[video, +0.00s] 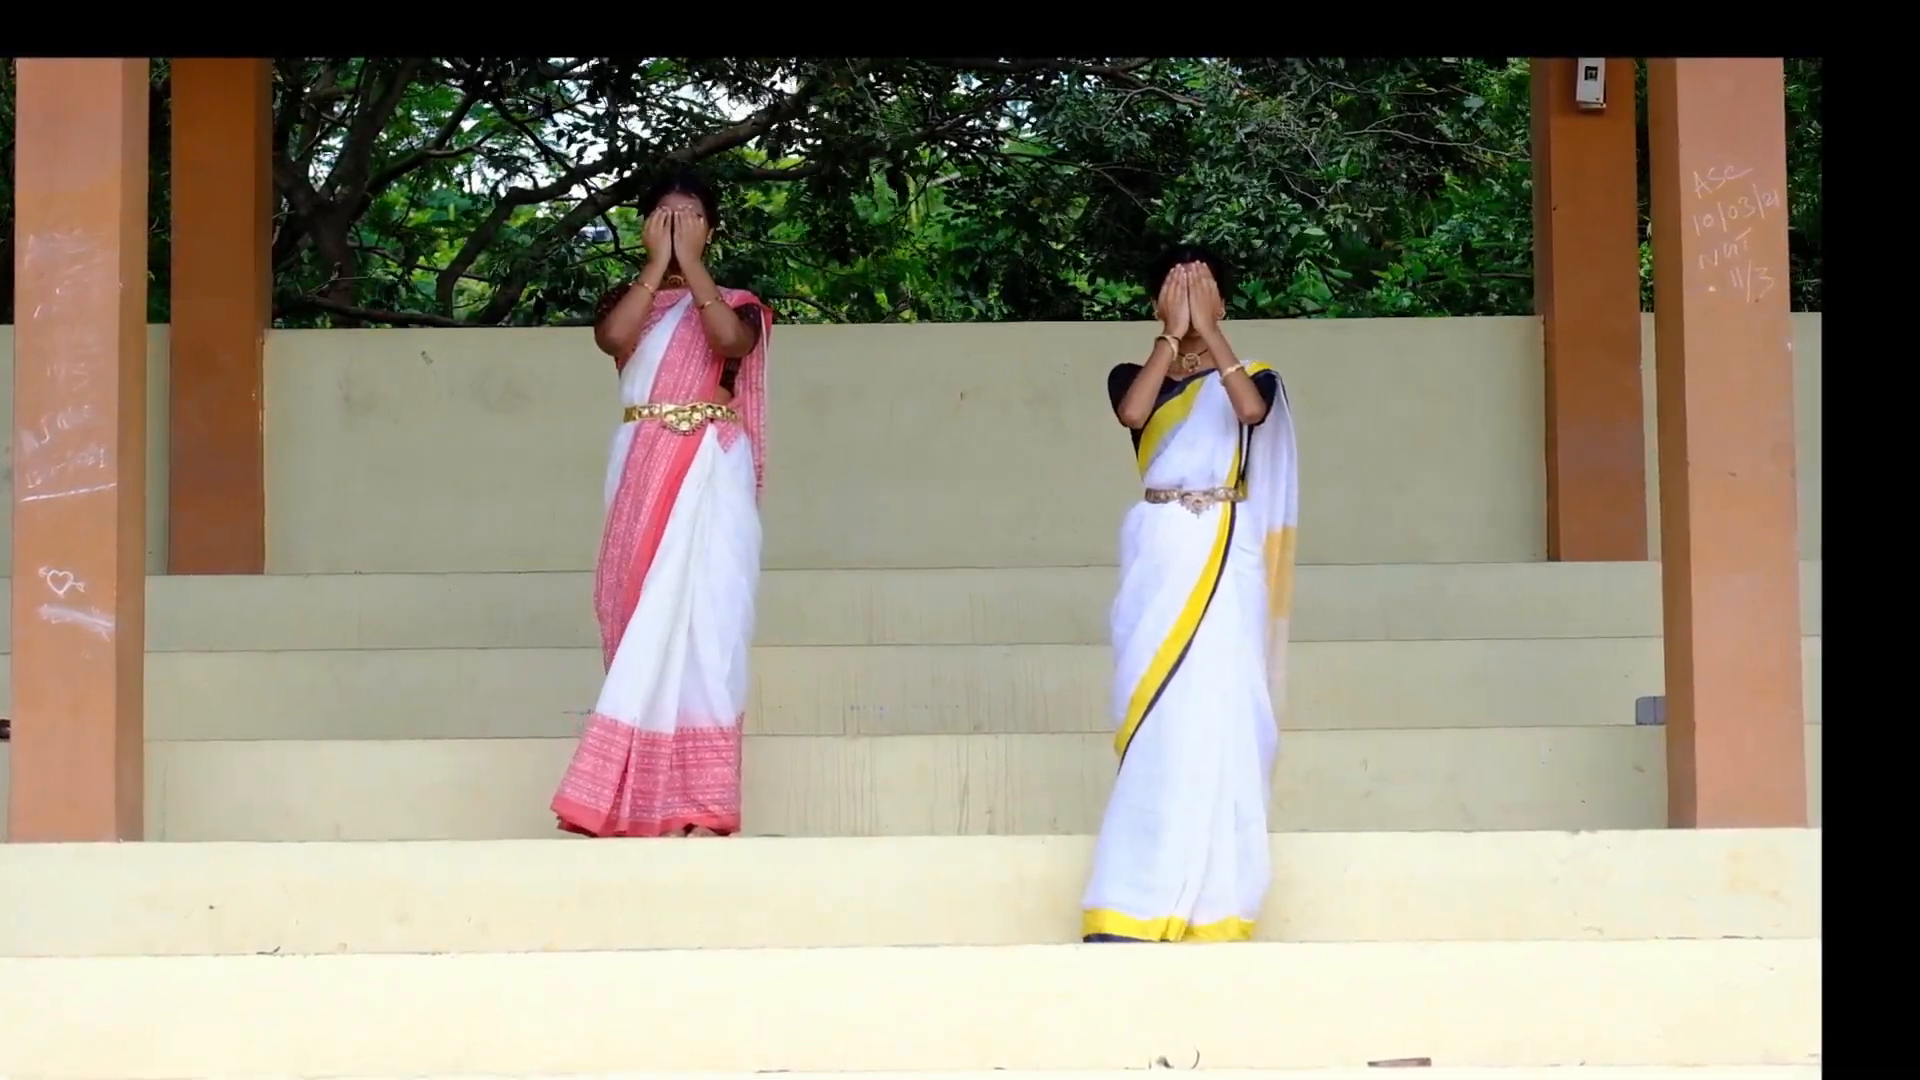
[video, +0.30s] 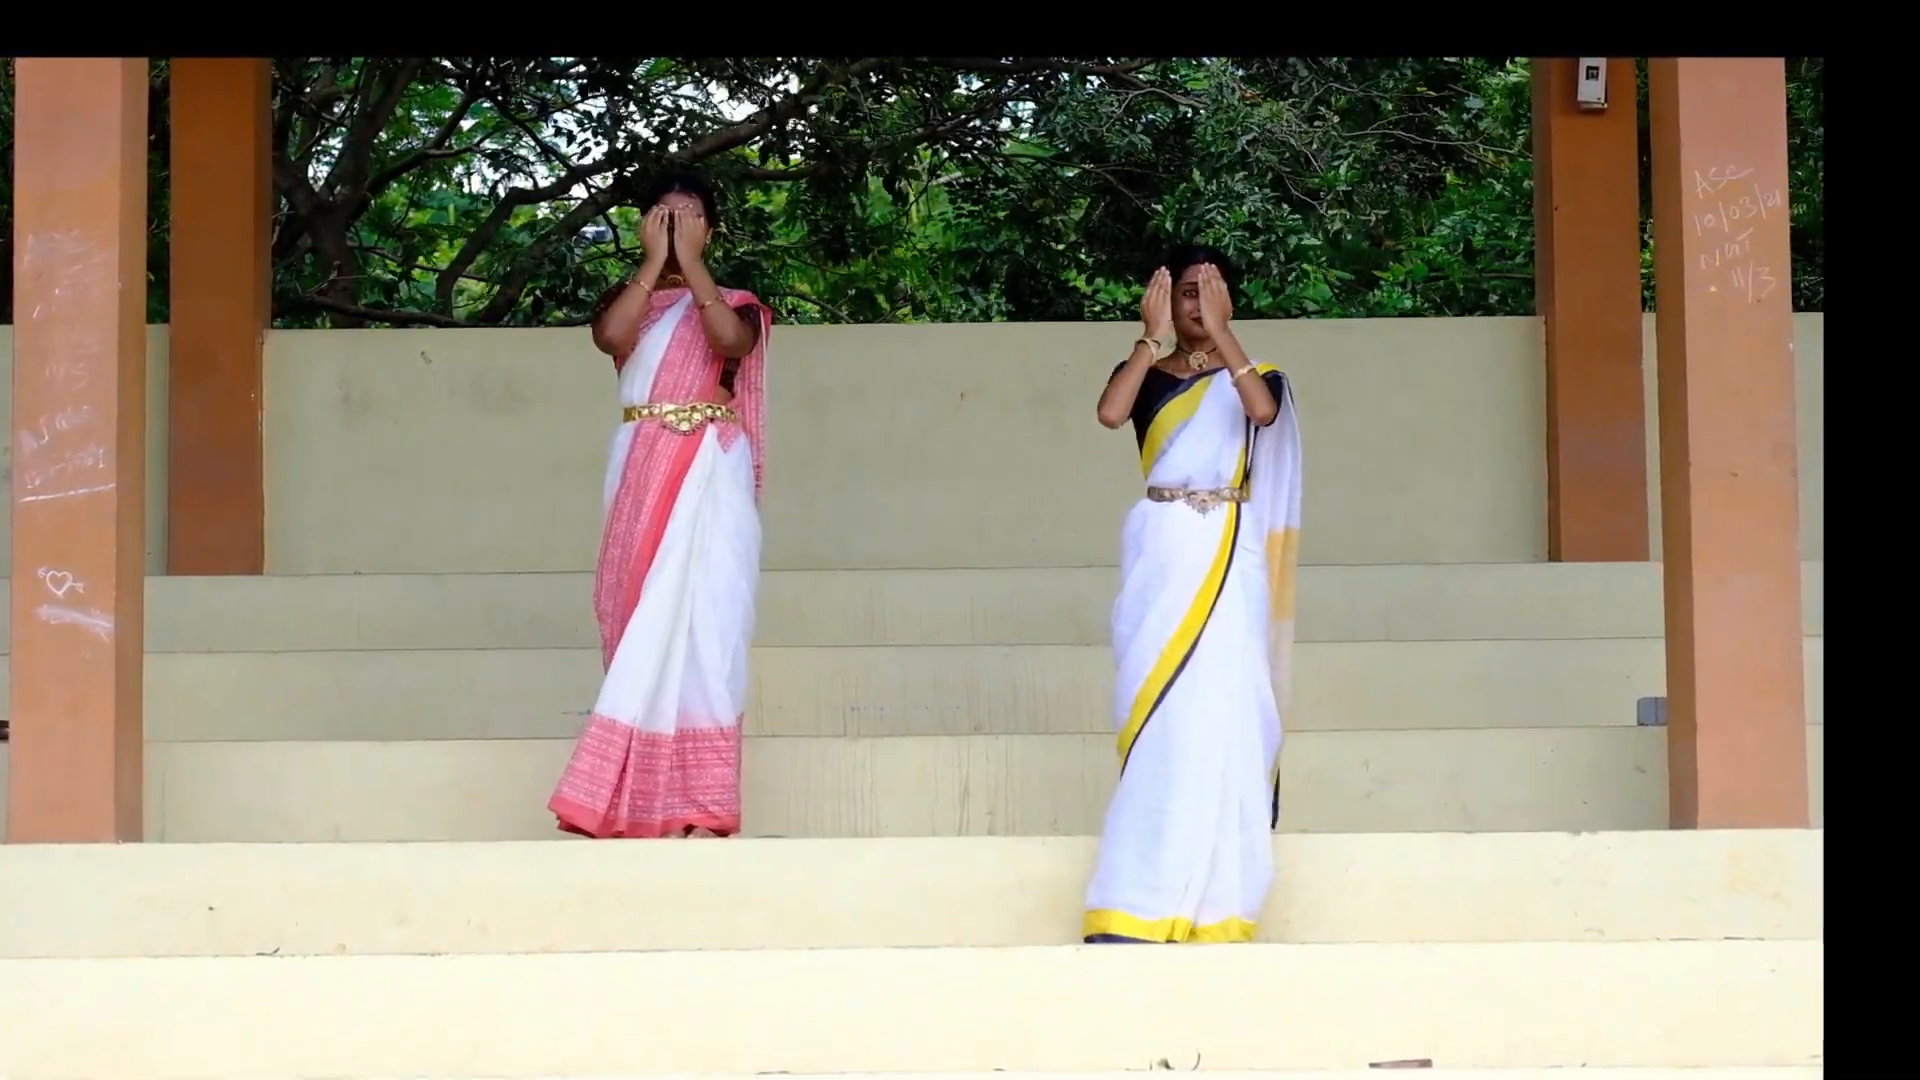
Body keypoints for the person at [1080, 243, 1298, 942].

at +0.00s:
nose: (1188, 318)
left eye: (1201, 306)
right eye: (1177, 306)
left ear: (1223, 310)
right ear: (1159, 312)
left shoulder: (1254, 378)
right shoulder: (1138, 379)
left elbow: (1248, 408)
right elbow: (1131, 409)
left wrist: (1211, 328)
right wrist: (1170, 335)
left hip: (1223, 564)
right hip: (1154, 561)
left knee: (1214, 718)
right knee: (1151, 717)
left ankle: (1211, 900)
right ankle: (1140, 899)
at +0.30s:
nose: (1194, 303)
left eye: (1205, 290)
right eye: (1182, 291)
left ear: (1229, 301)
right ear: (1165, 304)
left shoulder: (1253, 376)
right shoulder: (1148, 371)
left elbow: (1260, 409)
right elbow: (1111, 414)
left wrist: (1218, 330)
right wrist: (1150, 337)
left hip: (1223, 554)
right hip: (1156, 552)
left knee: (1216, 714)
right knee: (1152, 711)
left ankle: (1214, 897)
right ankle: (1145, 897)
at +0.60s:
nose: (1225, 301)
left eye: (1234, 289)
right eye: (1211, 291)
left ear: (1251, 301)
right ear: (1189, 305)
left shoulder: (1271, 377)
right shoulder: (1157, 372)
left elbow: (1280, 409)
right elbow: (1087, 407)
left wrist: (1244, 328)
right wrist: (1132, 331)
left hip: (1231, 556)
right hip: (1161, 549)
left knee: (1221, 716)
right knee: (1153, 714)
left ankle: (1215, 903)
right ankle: (1140, 903)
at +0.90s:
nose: (1216, 304)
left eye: (1228, 291)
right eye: (1206, 293)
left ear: (1251, 304)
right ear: (1186, 307)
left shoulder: (1271, 380)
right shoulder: (1163, 371)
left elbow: (1269, 420)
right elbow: (1111, 405)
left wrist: (1235, 339)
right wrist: (1154, 332)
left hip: (1225, 562)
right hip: (1156, 556)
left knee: (1217, 721)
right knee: (1152, 717)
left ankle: (1214, 904)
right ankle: (1144, 901)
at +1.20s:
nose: (1197, 307)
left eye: (1209, 296)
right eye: (1186, 295)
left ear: (1233, 305)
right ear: (1170, 305)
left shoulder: (1259, 379)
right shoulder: (1149, 372)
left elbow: (1256, 422)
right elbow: (1123, 414)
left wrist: (1217, 338)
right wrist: (1162, 342)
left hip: (1223, 558)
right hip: (1155, 554)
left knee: (1216, 718)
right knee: (1153, 715)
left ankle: (1216, 897)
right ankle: (1150, 896)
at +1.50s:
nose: (1192, 318)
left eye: (1204, 306)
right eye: (1180, 305)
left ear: (1225, 311)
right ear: (1163, 309)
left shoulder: (1254, 379)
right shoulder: (1138, 375)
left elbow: (1246, 424)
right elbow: (1132, 422)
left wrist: (1209, 338)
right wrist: (1173, 342)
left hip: (1223, 566)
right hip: (1153, 563)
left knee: (1219, 726)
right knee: (1153, 723)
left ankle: (1218, 906)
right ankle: (1148, 905)